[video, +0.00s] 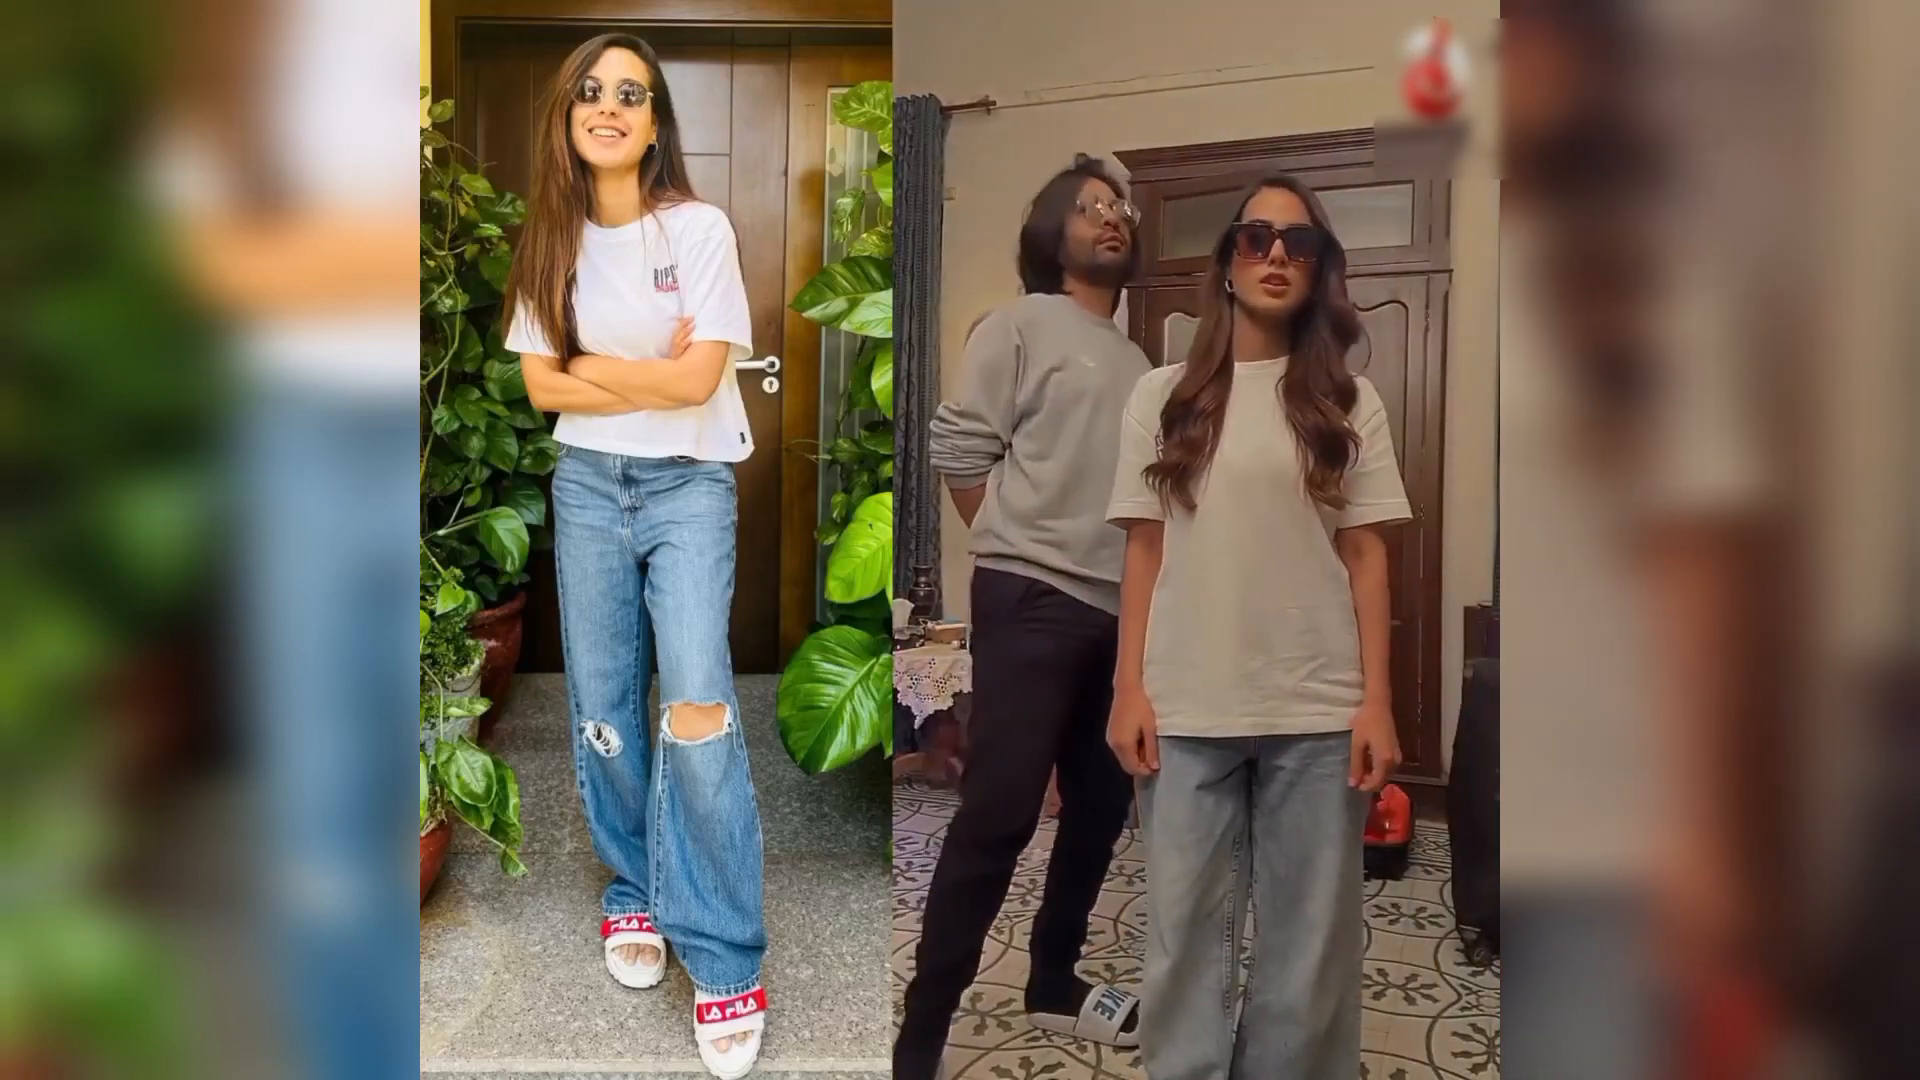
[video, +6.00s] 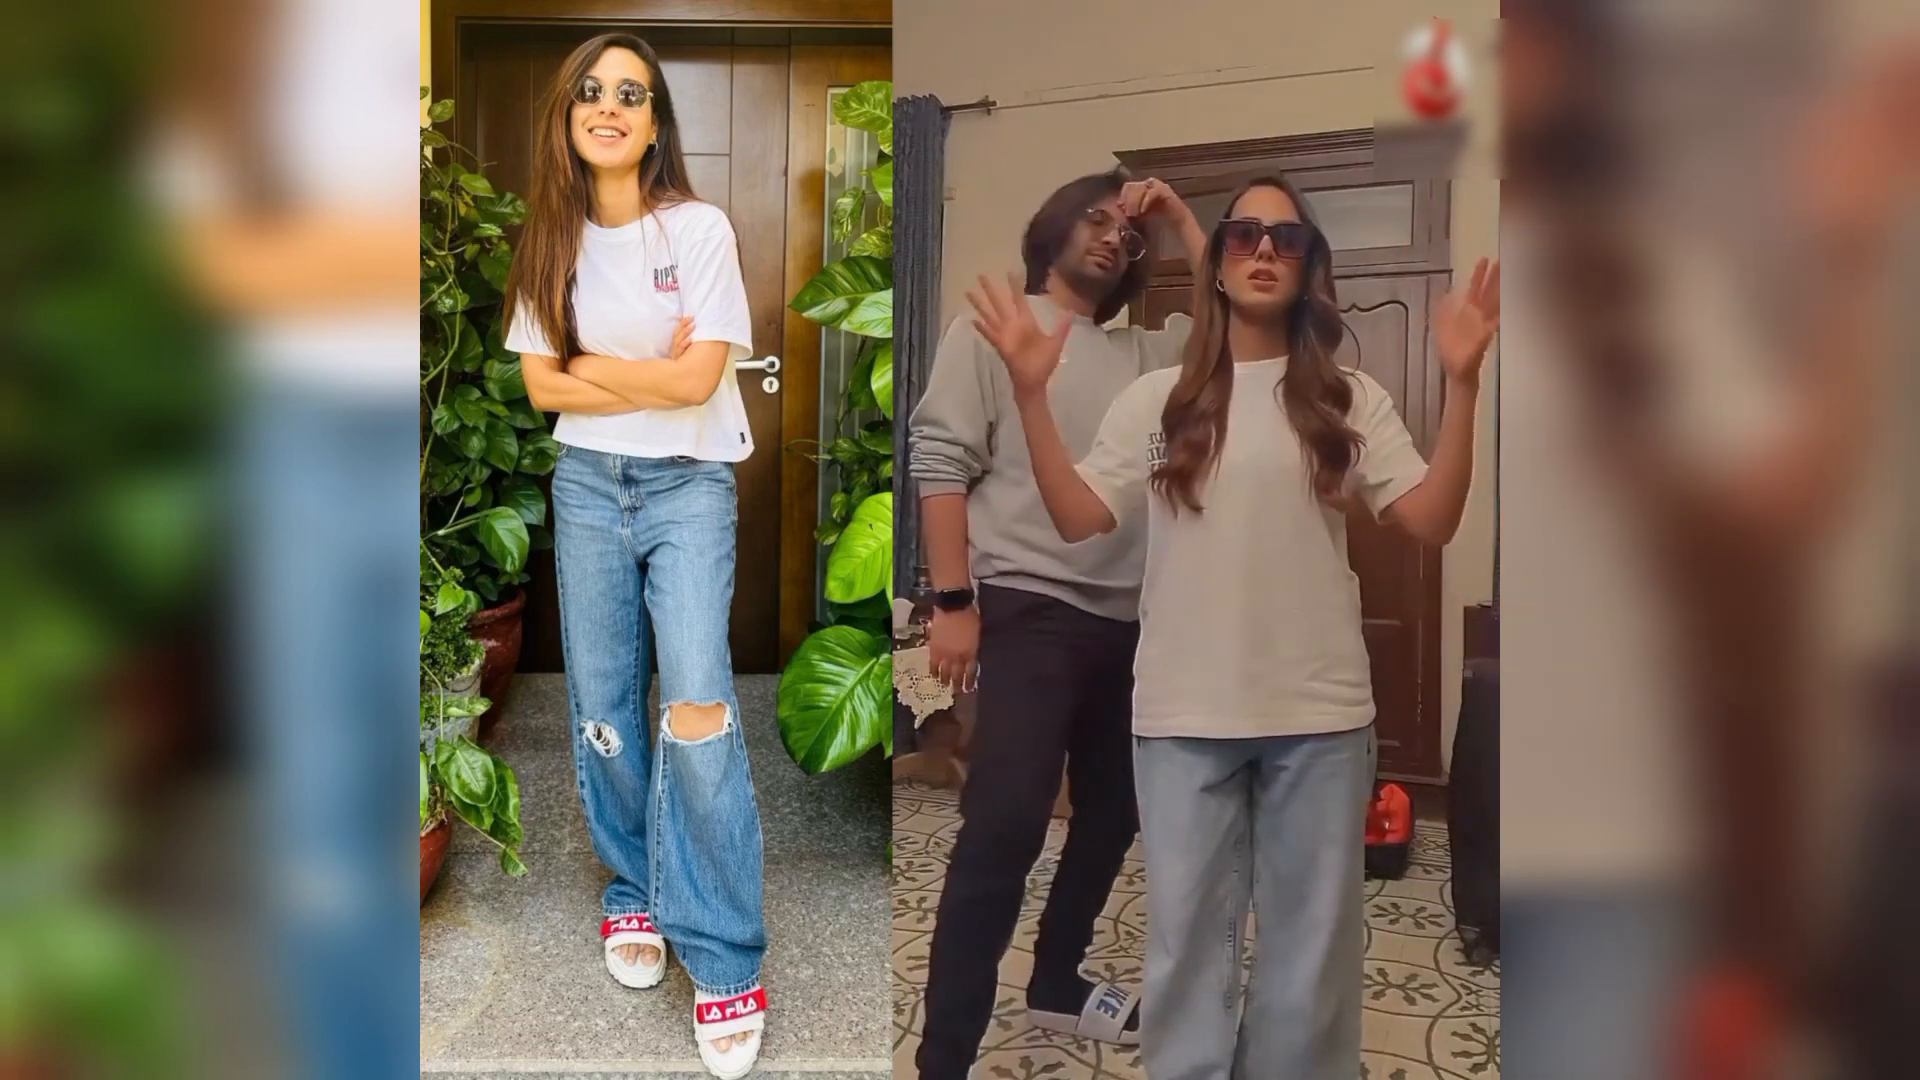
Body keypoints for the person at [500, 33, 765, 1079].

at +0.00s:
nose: (610, 111)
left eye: (630, 97)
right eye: (593, 95)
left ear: (657, 121)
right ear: (566, 117)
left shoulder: (700, 226)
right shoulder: (550, 240)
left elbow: (699, 379)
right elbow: (541, 386)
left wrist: (576, 362)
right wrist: (662, 379)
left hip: (689, 482)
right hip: (585, 484)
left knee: (695, 709)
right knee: (603, 709)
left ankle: (724, 957)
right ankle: (631, 890)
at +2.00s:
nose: (610, 111)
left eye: (630, 97)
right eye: (593, 95)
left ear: (656, 121)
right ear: (566, 117)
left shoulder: (699, 225)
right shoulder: (549, 240)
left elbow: (698, 378)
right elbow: (541, 385)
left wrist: (576, 362)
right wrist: (662, 379)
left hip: (689, 482)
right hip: (585, 484)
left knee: (694, 709)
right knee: (603, 708)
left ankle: (724, 958)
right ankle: (631, 891)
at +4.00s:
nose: (610, 111)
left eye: (629, 97)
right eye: (593, 95)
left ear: (656, 122)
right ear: (566, 117)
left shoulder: (699, 226)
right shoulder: (549, 239)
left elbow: (698, 378)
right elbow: (540, 385)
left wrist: (576, 362)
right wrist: (662, 378)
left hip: (689, 481)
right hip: (584, 483)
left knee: (695, 709)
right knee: (602, 708)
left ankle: (724, 955)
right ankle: (631, 890)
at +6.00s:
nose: (609, 111)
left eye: (629, 98)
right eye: (592, 95)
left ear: (656, 122)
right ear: (565, 117)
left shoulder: (699, 226)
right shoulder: (550, 239)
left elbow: (699, 378)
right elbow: (540, 385)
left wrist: (578, 363)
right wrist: (662, 377)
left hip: (689, 482)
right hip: (584, 484)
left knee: (694, 709)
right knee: (602, 706)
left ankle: (724, 956)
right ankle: (632, 891)